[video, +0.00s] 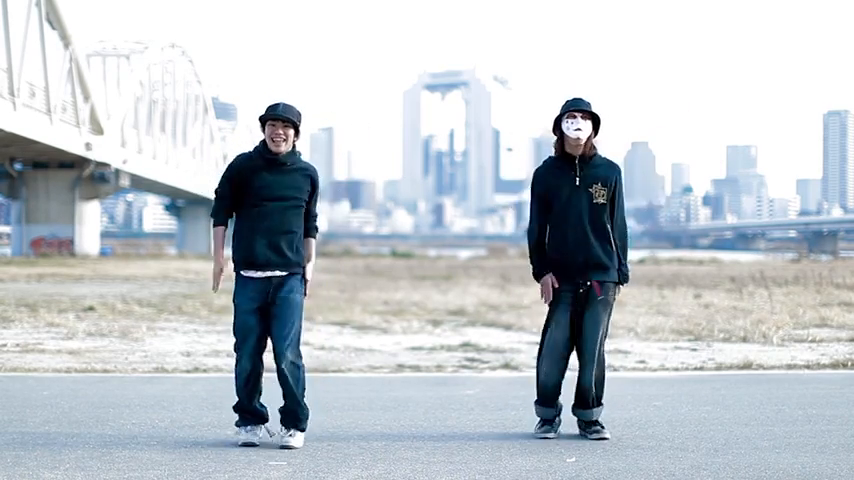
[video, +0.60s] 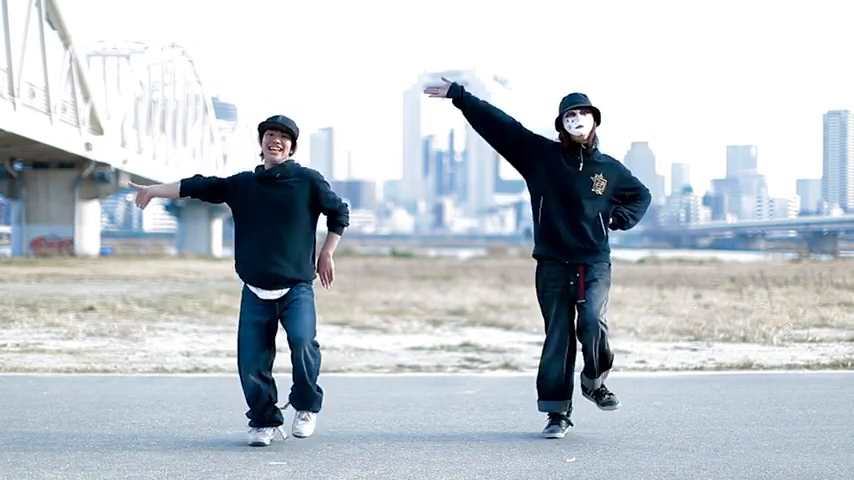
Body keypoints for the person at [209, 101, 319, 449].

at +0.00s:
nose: (278, 132)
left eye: (285, 127)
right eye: (273, 126)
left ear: (296, 133)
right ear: (264, 129)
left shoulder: (307, 174)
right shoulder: (242, 166)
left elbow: (310, 224)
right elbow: (220, 211)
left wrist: (309, 264)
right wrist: (218, 257)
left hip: (290, 277)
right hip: (249, 276)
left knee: (287, 353)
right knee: (247, 354)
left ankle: (294, 425)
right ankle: (250, 422)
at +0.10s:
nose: (280, 142)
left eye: (286, 136)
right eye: (274, 136)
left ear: (295, 141)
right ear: (264, 140)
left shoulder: (311, 182)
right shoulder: (248, 173)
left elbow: (316, 231)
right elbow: (240, 217)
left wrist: (314, 269)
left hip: (287, 286)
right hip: (248, 283)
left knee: (283, 358)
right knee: (243, 356)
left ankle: (290, 424)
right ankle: (250, 420)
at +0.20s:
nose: (267, 133)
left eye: (274, 128)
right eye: (263, 128)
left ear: (286, 136)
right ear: (257, 133)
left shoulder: (297, 171)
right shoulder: (246, 165)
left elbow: (324, 212)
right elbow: (256, 155)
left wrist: (316, 259)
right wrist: (279, 132)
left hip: (292, 283)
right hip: (252, 277)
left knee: (291, 355)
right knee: (223, 314)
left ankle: (291, 425)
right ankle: (244, 379)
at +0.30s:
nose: (266, 130)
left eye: (274, 127)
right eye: (261, 124)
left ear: (284, 134)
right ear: (253, 129)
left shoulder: (291, 165)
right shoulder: (248, 161)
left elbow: (326, 200)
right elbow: (233, 128)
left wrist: (321, 243)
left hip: (296, 276)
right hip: (260, 267)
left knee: (292, 353)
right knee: (223, 294)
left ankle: (293, 424)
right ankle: (256, 346)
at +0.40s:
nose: (265, 125)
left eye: (272, 121)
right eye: (260, 119)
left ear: (285, 127)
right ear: (254, 123)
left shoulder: (298, 155)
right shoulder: (247, 158)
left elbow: (332, 189)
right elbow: (210, 139)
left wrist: (324, 232)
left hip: (301, 269)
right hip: (260, 268)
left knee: (297, 348)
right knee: (238, 329)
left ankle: (297, 421)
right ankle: (258, 383)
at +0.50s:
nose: (269, 135)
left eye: (277, 131)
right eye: (264, 130)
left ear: (289, 138)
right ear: (257, 136)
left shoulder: (306, 170)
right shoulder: (248, 178)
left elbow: (338, 201)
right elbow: (206, 182)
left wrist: (327, 243)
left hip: (301, 281)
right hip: (261, 282)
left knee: (301, 357)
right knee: (259, 360)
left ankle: (304, 425)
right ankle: (262, 422)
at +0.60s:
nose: (276, 141)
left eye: (282, 138)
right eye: (270, 136)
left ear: (292, 146)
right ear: (260, 143)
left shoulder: (309, 181)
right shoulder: (242, 183)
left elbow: (339, 211)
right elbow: (195, 186)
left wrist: (327, 253)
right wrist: (153, 190)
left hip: (296, 287)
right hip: (255, 289)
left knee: (302, 341)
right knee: (251, 362)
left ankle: (307, 406)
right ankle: (265, 422)